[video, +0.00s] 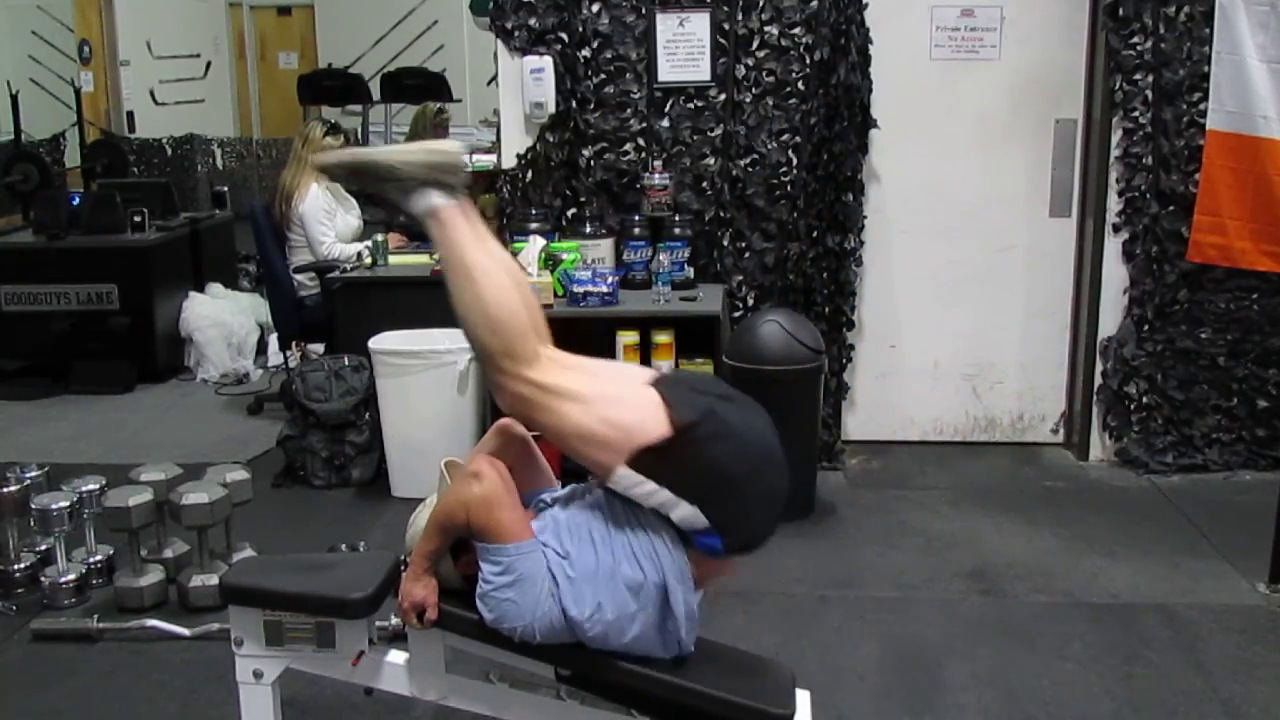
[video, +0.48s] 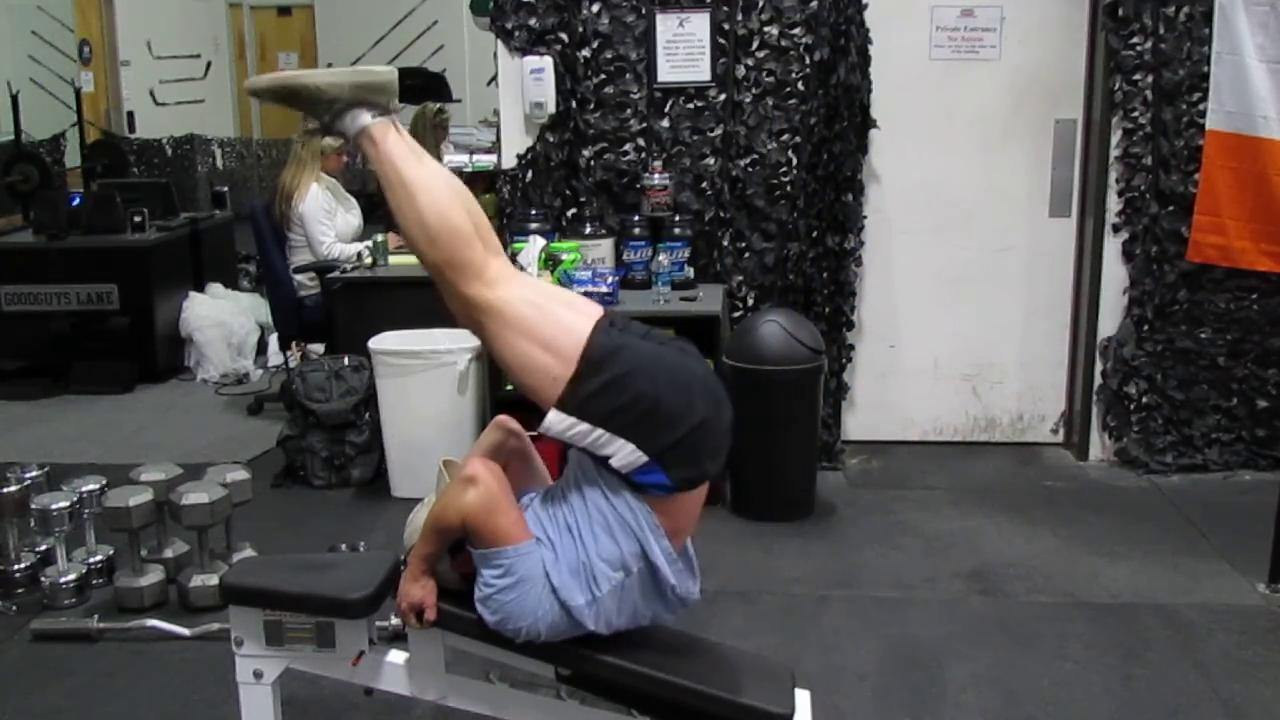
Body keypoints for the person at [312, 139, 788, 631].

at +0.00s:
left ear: (471, 552)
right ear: (474, 567)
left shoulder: (542, 530)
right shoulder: (517, 598)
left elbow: (510, 433)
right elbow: (476, 485)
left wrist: (457, 500)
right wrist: (422, 564)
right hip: (731, 483)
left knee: (534, 370)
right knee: (525, 375)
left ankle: (445, 195)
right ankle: (434, 196)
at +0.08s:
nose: (474, 541)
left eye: (469, 543)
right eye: (470, 544)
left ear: (473, 550)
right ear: (474, 564)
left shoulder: (547, 534)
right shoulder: (518, 598)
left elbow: (510, 435)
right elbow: (481, 484)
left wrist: (452, 518)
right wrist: (422, 565)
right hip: (719, 470)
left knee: (518, 354)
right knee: (512, 366)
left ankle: (415, 189)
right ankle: (414, 188)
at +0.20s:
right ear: (472, 565)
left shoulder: (539, 540)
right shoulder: (518, 598)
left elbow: (510, 432)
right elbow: (477, 482)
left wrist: (445, 534)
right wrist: (421, 563)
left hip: (709, 439)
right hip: (709, 450)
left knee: (507, 328)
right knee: (499, 337)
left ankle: (397, 167)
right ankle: (384, 167)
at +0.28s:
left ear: (465, 566)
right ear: (470, 569)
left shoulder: (537, 535)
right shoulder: (516, 600)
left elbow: (511, 430)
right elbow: (474, 481)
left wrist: (449, 513)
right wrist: (420, 566)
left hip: (699, 423)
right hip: (697, 441)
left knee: (499, 313)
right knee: (490, 322)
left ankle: (385, 152)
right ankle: (372, 154)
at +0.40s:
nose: (461, 556)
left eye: (455, 555)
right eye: (456, 557)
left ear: (466, 553)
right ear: (468, 568)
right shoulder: (516, 599)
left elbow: (511, 430)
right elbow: (474, 480)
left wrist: (434, 543)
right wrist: (421, 564)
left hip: (687, 418)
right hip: (683, 432)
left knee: (492, 294)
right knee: (483, 302)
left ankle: (370, 131)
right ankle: (365, 129)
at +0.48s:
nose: (464, 550)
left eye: (455, 551)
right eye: (458, 553)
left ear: (465, 547)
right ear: (472, 566)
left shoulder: (544, 550)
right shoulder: (518, 599)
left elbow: (507, 430)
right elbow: (476, 478)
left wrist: (440, 534)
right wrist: (423, 565)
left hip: (681, 421)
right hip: (673, 431)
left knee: (488, 287)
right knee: (486, 286)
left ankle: (384, 126)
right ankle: (365, 118)